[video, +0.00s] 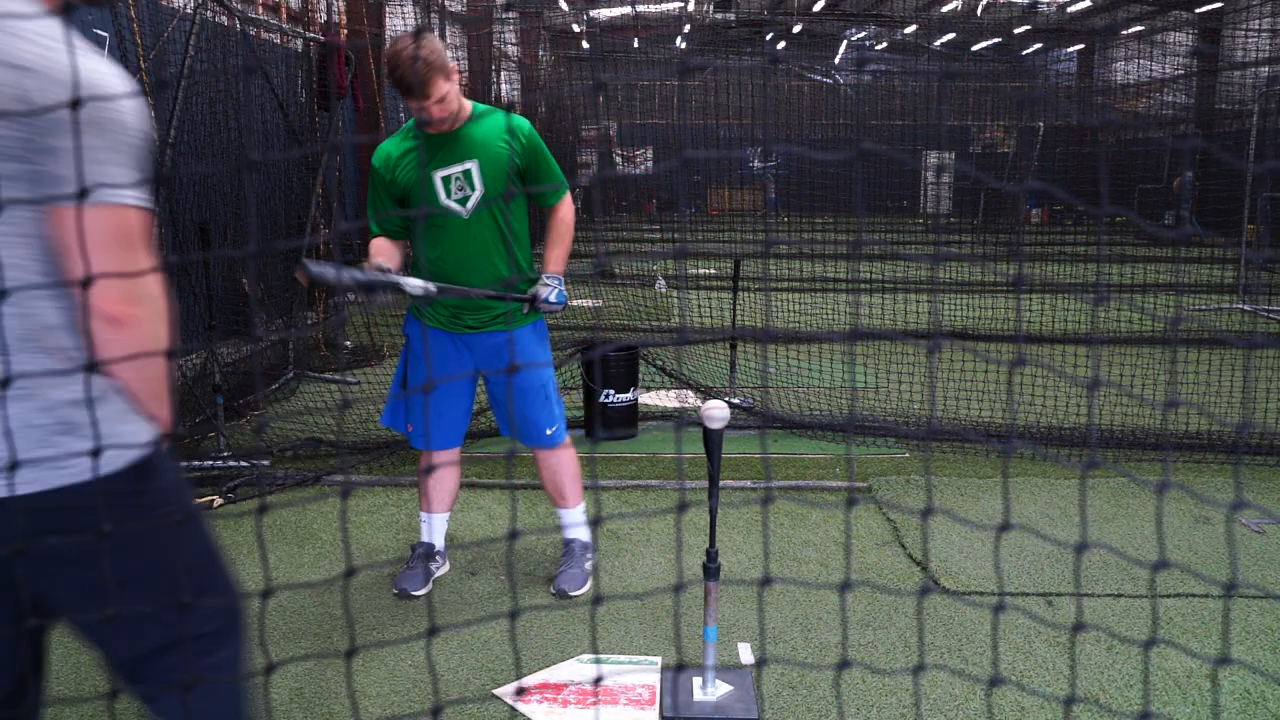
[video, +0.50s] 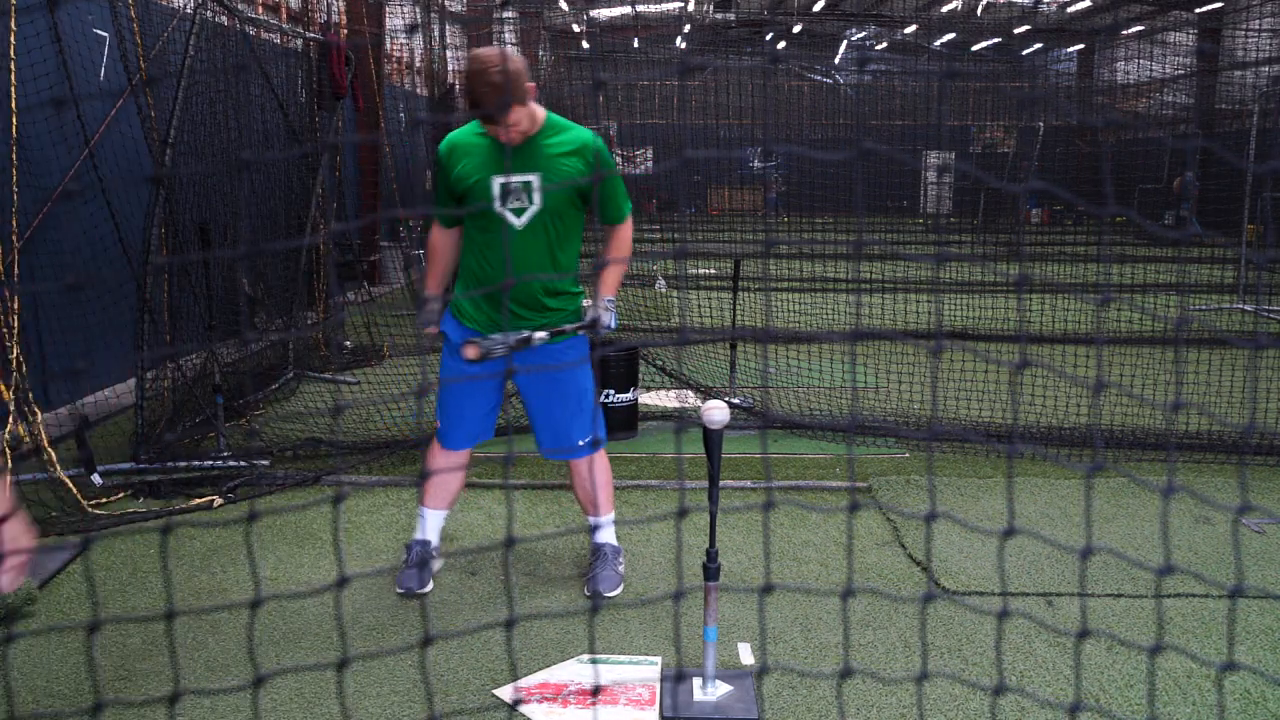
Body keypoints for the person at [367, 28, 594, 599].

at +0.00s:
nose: (435, 114)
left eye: (441, 101)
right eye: (421, 108)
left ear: (457, 77)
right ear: (403, 99)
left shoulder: (512, 134)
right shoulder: (391, 159)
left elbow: (561, 201)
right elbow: (388, 233)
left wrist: (552, 276)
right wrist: (381, 268)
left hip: (515, 319)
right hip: (436, 325)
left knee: (547, 434)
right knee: (436, 443)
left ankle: (577, 540)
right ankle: (430, 548)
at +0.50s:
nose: (505, 131)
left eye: (513, 118)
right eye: (493, 123)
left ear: (532, 94)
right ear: (476, 110)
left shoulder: (583, 148)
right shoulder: (457, 151)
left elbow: (620, 224)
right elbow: (446, 226)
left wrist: (604, 299)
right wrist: (432, 299)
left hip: (555, 325)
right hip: (472, 323)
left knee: (580, 441)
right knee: (451, 438)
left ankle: (605, 544)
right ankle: (423, 544)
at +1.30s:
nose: (467, 185)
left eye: (473, 175)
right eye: (455, 176)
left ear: (495, 144)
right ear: (438, 154)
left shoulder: (544, 190)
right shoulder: (425, 169)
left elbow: (568, 284)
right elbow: (416, 233)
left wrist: (559, 371)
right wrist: (403, 302)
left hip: (532, 332)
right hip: (453, 329)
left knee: (565, 439)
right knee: (435, 438)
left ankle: (605, 541)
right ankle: (418, 541)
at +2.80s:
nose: (492, 134)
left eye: (502, 122)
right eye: (481, 123)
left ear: (523, 101)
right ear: (466, 110)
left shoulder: (567, 160)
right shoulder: (443, 160)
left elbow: (600, 247)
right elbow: (423, 235)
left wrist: (629, 322)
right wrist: (405, 304)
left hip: (543, 332)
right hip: (462, 329)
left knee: (573, 445)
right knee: (439, 445)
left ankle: (606, 541)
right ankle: (417, 541)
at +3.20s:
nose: (475, 124)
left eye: (485, 111)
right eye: (463, 114)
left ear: (504, 92)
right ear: (448, 104)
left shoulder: (550, 154)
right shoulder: (429, 162)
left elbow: (603, 217)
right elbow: (410, 240)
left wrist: (661, 262)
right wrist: (391, 313)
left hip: (537, 333)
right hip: (455, 333)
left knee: (569, 445)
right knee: (434, 446)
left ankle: (606, 541)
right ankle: (417, 540)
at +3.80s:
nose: (487, 88)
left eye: (495, 75)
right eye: (475, 78)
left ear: (509, 75)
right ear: (456, 83)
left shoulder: (550, 156)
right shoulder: (433, 160)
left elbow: (597, 239)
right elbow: (419, 243)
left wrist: (645, 309)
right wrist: (399, 315)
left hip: (539, 332)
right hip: (458, 333)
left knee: (571, 444)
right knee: (437, 445)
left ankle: (608, 541)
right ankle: (418, 539)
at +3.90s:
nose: (492, 85)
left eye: (500, 74)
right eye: (479, 76)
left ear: (513, 78)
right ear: (458, 82)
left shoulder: (545, 160)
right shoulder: (431, 159)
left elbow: (559, 259)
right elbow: (420, 241)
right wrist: (401, 313)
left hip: (534, 335)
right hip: (455, 334)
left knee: (570, 444)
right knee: (437, 446)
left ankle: (608, 541)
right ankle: (418, 540)